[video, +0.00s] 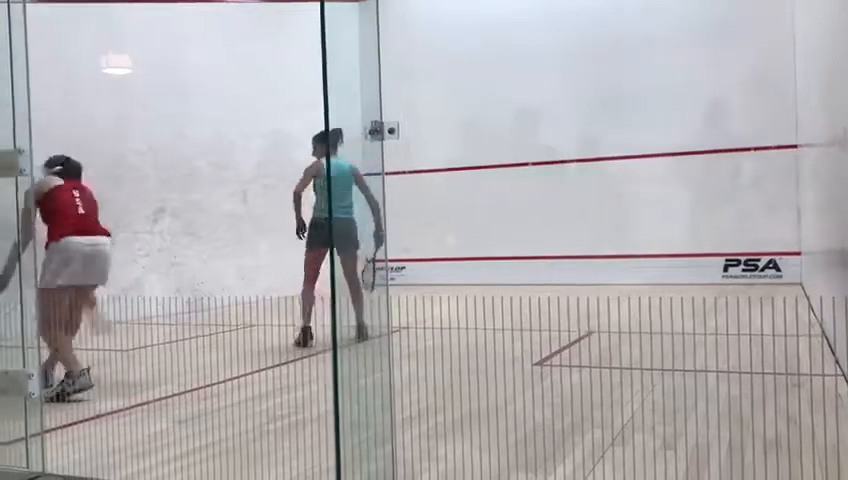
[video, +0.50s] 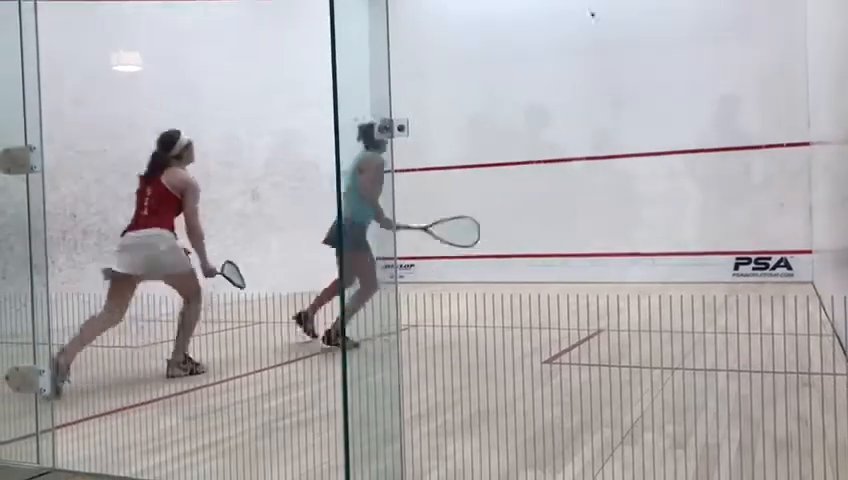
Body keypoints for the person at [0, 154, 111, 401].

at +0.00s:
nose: (44, 178)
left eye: (46, 174)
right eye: (45, 174)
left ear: (54, 173)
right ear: (74, 175)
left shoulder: (44, 185)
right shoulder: (87, 190)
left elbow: (26, 229)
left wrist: (11, 264)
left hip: (66, 248)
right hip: (99, 246)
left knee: (48, 322)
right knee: (72, 315)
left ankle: (77, 373)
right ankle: (48, 368)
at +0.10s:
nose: (64, 152)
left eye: (64, 148)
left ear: (66, 150)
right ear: (92, 149)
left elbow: (38, 224)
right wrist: (147, 252)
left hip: (68, 238)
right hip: (104, 237)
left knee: (59, 318)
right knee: (88, 315)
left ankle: (73, 374)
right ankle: (63, 370)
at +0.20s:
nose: (118, 139)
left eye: (116, 135)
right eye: (116, 135)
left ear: (85, 139)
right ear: (109, 138)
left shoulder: (69, 164)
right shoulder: (123, 161)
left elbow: (58, 211)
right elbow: (144, 204)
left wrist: (66, 243)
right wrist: (158, 244)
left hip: (76, 230)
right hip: (112, 228)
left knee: (69, 307)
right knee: (112, 303)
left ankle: (59, 368)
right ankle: (100, 363)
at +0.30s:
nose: (138, 142)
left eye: (136, 138)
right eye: (135, 139)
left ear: (106, 143)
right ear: (127, 142)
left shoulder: (90, 167)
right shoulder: (138, 170)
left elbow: (81, 206)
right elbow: (154, 218)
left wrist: (85, 235)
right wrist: (167, 255)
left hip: (86, 240)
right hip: (120, 241)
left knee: (74, 310)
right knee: (140, 297)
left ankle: (49, 375)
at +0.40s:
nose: (161, 155)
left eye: (160, 150)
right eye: (159, 151)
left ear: (132, 154)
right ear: (151, 153)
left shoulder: (113, 177)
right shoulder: (158, 179)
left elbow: (117, 221)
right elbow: (169, 227)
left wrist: (152, 239)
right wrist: (184, 265)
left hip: (101, 247)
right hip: (136, 248)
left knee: (82, 312)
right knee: (169, 300)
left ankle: (50, 375)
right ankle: (175, 363)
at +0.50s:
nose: (193, 153)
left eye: (191, 148)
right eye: (190, 149)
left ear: (164, 153)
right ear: (182, 153)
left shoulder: (147, 178)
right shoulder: (185, 181)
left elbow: (149, 220)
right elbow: (193, 228)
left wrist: (174, 247)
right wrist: (205, 263)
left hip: (129, 247)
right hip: (160, 247)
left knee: (112, 313)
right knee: (193, 296)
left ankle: (64, 357)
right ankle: (178, 359)